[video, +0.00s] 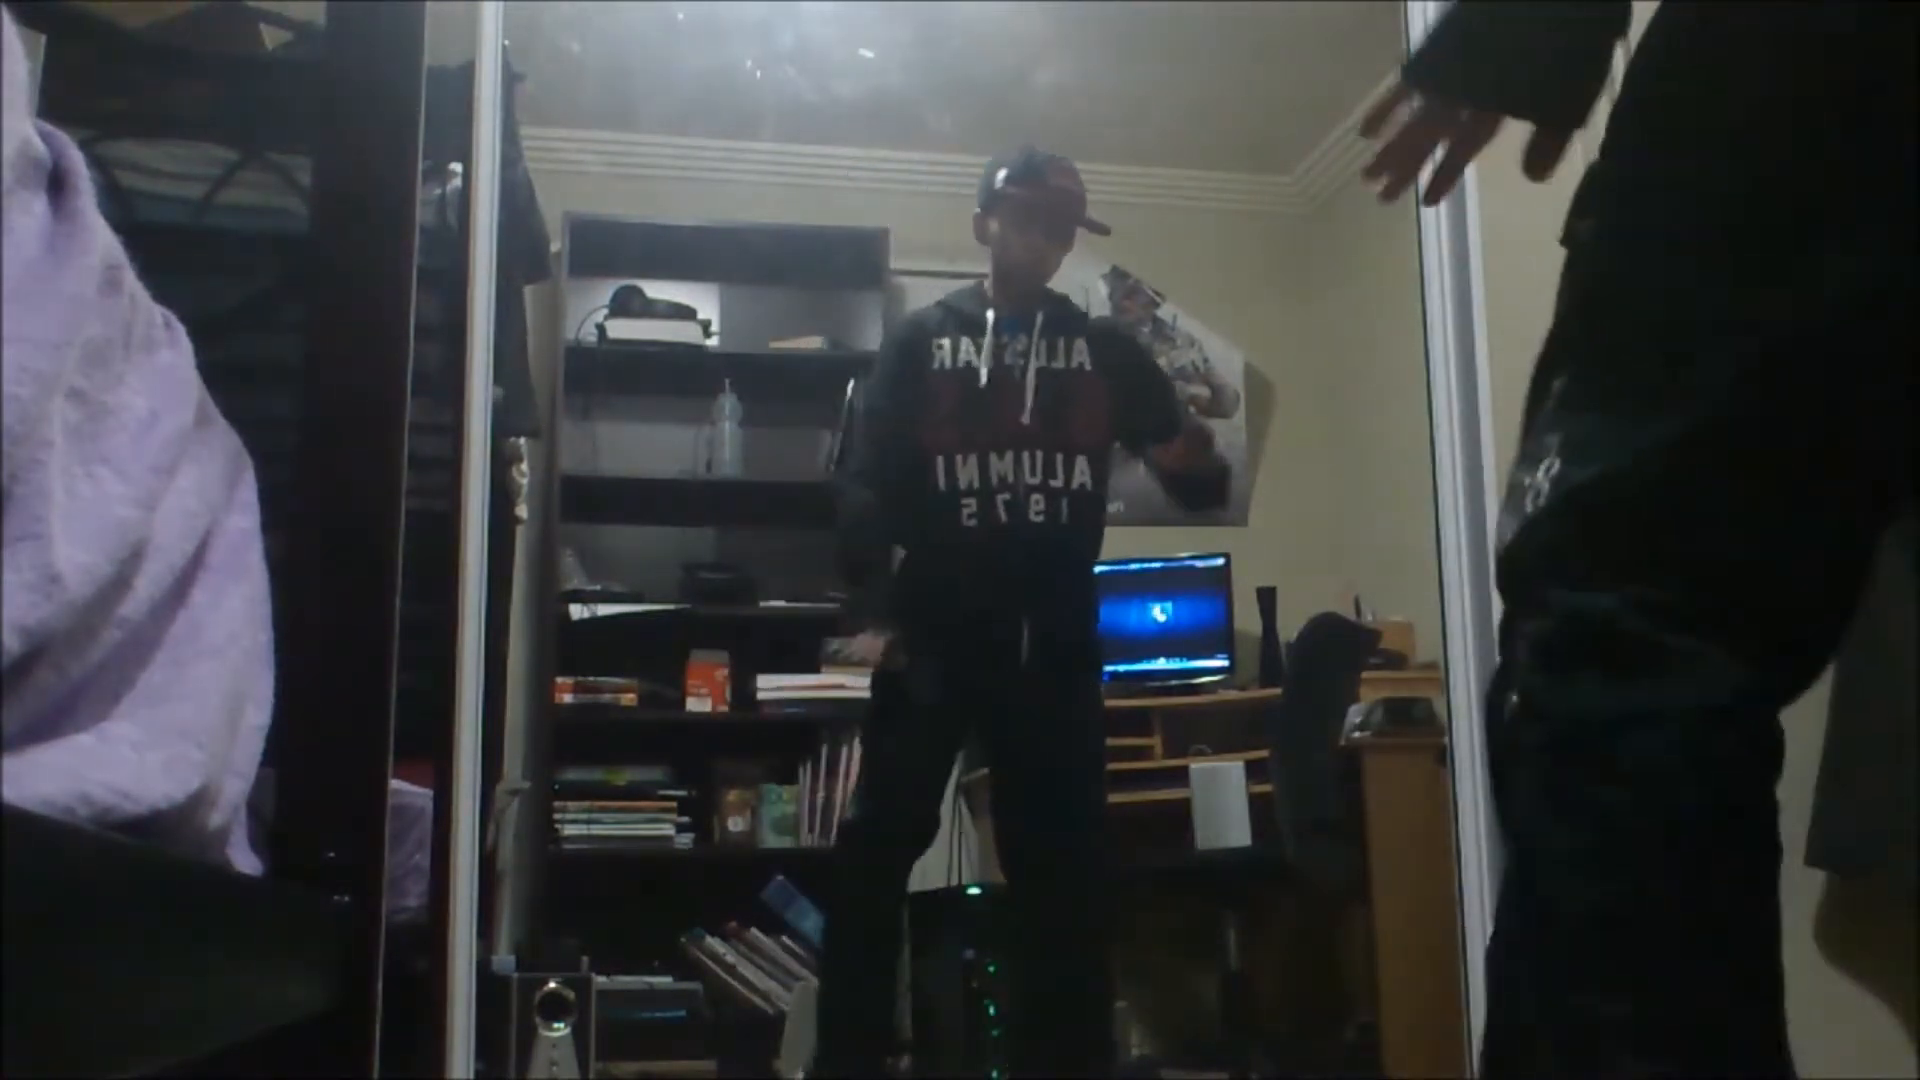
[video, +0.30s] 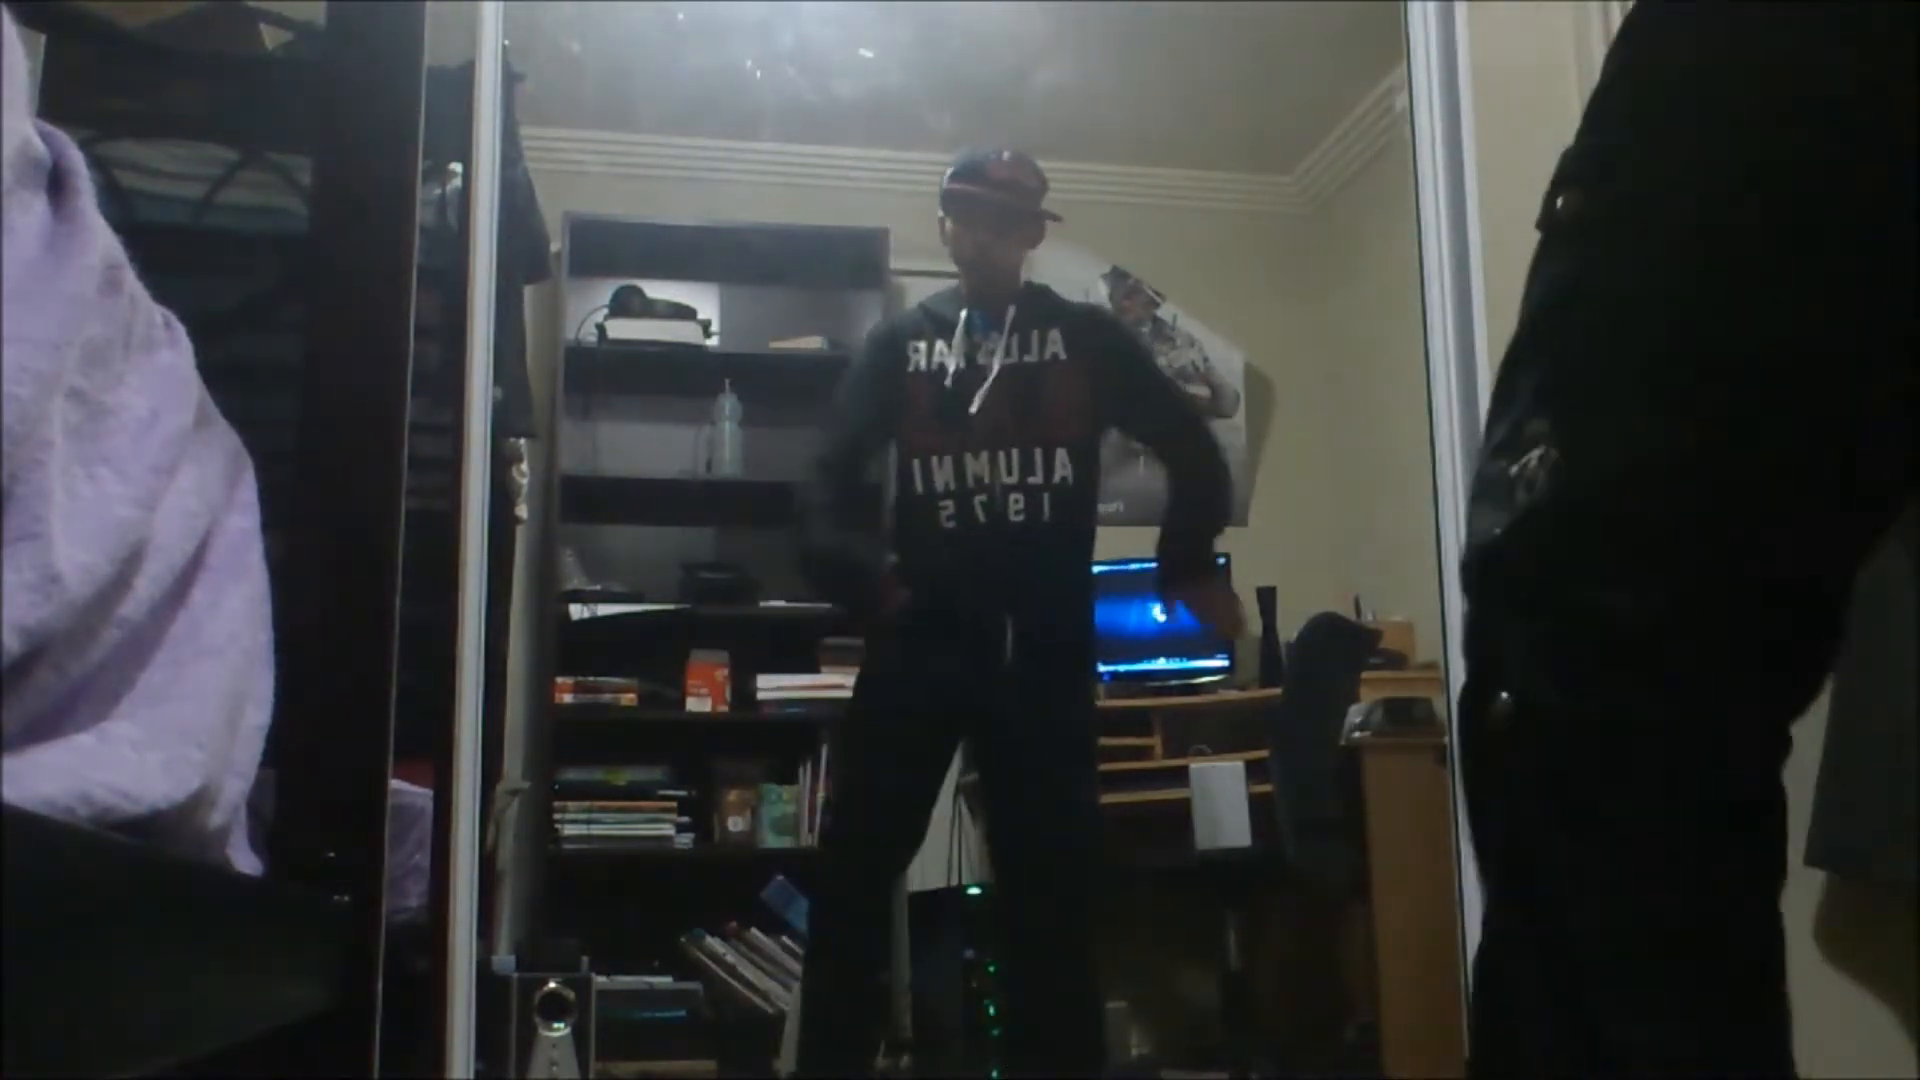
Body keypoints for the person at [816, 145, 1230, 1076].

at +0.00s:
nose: (1051, 238)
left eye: (1064, 225)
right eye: (1033, 217)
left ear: (1075, 237)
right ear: (987, 222)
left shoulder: (1107, 347)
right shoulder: (921, 339)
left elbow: (1202, 484)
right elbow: (864, 480)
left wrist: (1179, 441)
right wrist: (869, 605)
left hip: (1052, 628)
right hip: (934, 625)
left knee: (1060, 862)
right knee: (875, 853)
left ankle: (1067, 1063)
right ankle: (852, 1062)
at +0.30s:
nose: (982, 237)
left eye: (1004, 220)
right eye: (968, 216)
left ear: (1038, 229)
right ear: (945, 223)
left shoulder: (1090, 338)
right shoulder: (898, 342)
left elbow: (1196, 453)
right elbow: (830, 477)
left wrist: (1188, 563)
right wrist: (856, 582)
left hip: (1042, 642)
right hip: (918, 640)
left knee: (1050, 885)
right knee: (852, 872)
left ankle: (1059, 1069)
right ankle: (831, 1071)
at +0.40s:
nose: (974, 237)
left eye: (995, 220)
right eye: (958, 217)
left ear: (1028, 229)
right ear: (934, 224)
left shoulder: (1079, 334)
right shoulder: (887, 334)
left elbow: (1145, 470)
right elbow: (811, 471)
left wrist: (1195, 598)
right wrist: (864, 574)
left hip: (1035, 639)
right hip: (912, 635)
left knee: (1047, 884)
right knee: (852, 871)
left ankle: (1058, 1068)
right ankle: (828, 1068)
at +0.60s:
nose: (959, 240)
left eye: (980, 224)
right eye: (943, 222)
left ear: (1012, 234)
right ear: (920, 229)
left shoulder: (1060, 337)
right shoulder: (876, 345)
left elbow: (1097, 470)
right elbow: (853, 493)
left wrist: (1131, 557)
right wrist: (846, 589)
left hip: (1026, 633)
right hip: (905, 632)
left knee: (1059, 858)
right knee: (840, 850)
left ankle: (1097, 1062)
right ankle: (761, 1058)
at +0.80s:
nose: (916, 245)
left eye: (939, 229)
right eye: (906, 226)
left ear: (980, 237)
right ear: (890, 233)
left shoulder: (1039, 337)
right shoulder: (867, 356)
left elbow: (1081, 480)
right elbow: (833, 512)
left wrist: (1014, 504)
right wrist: (754, 569)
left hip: (1006, 636)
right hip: (893, 638)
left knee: (1025, 870)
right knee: (833, 850)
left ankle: (1044, 1066)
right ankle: (813, 1060)